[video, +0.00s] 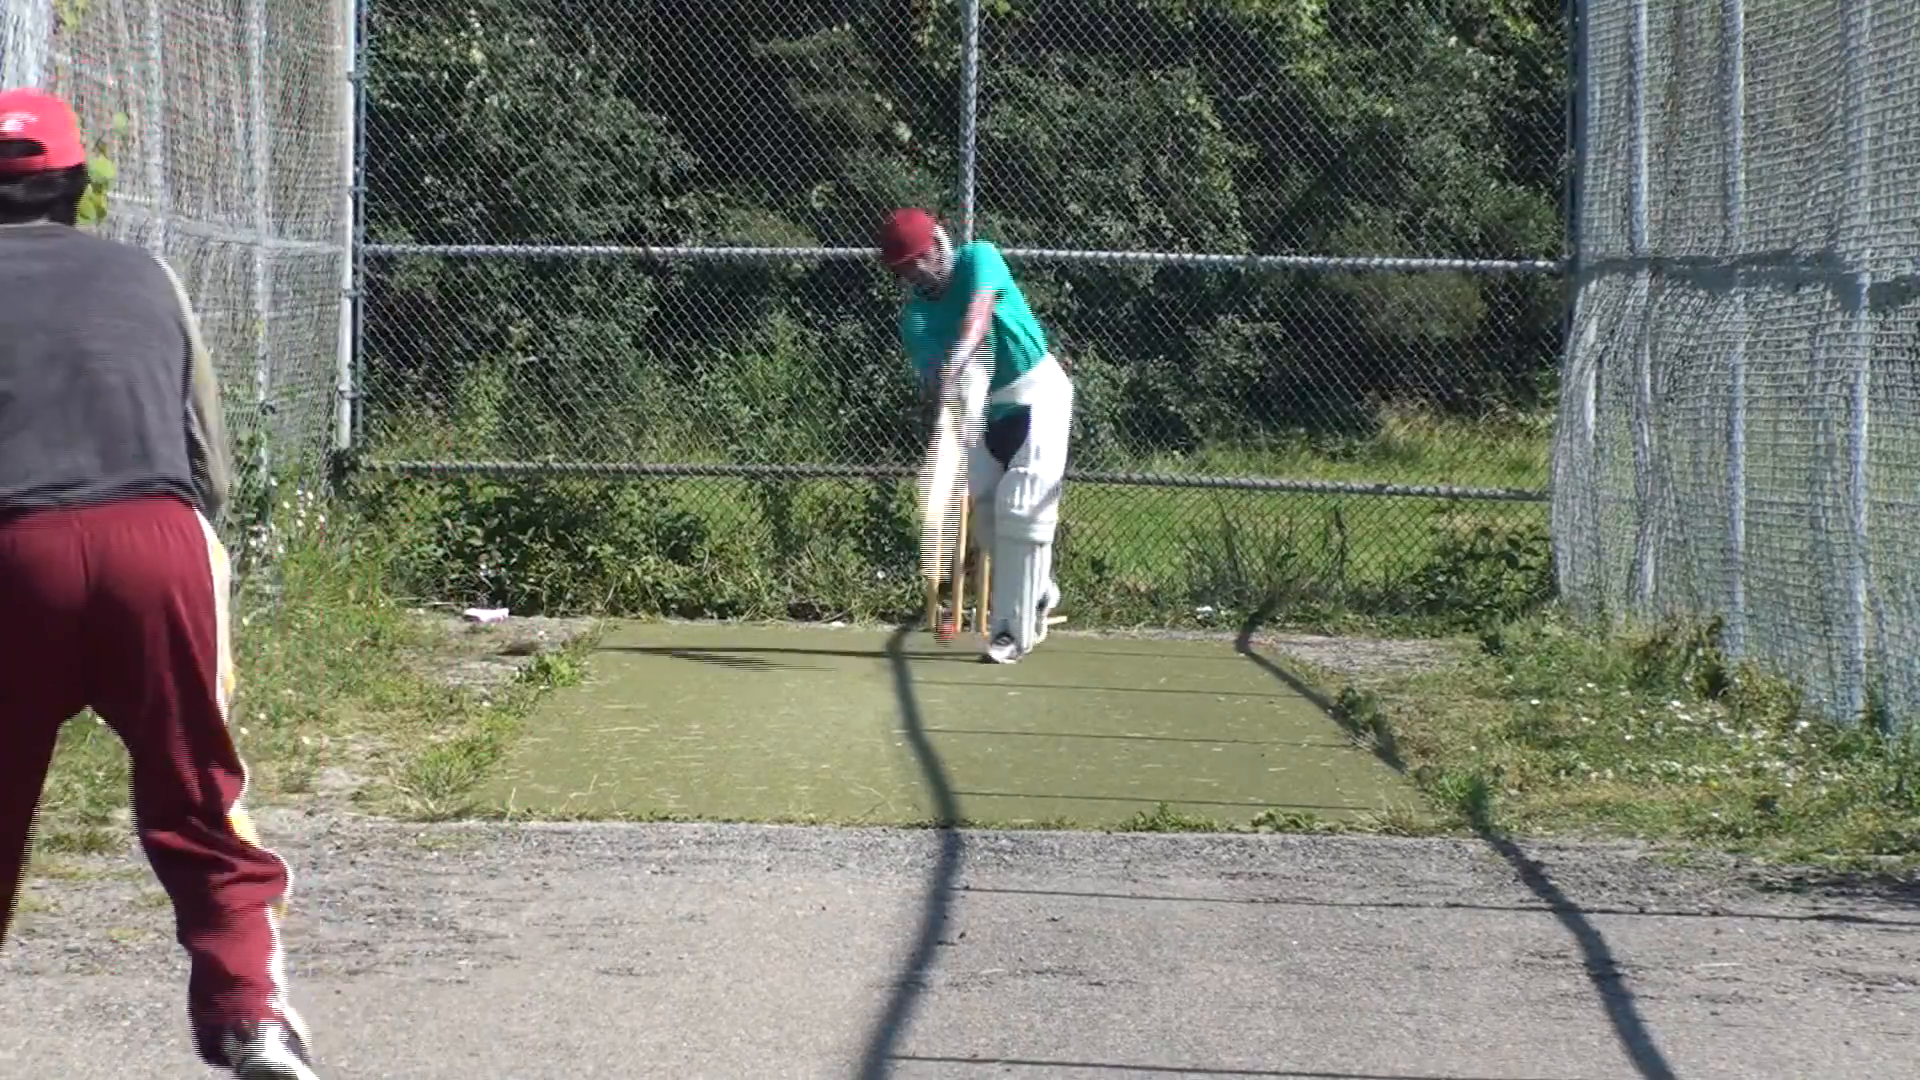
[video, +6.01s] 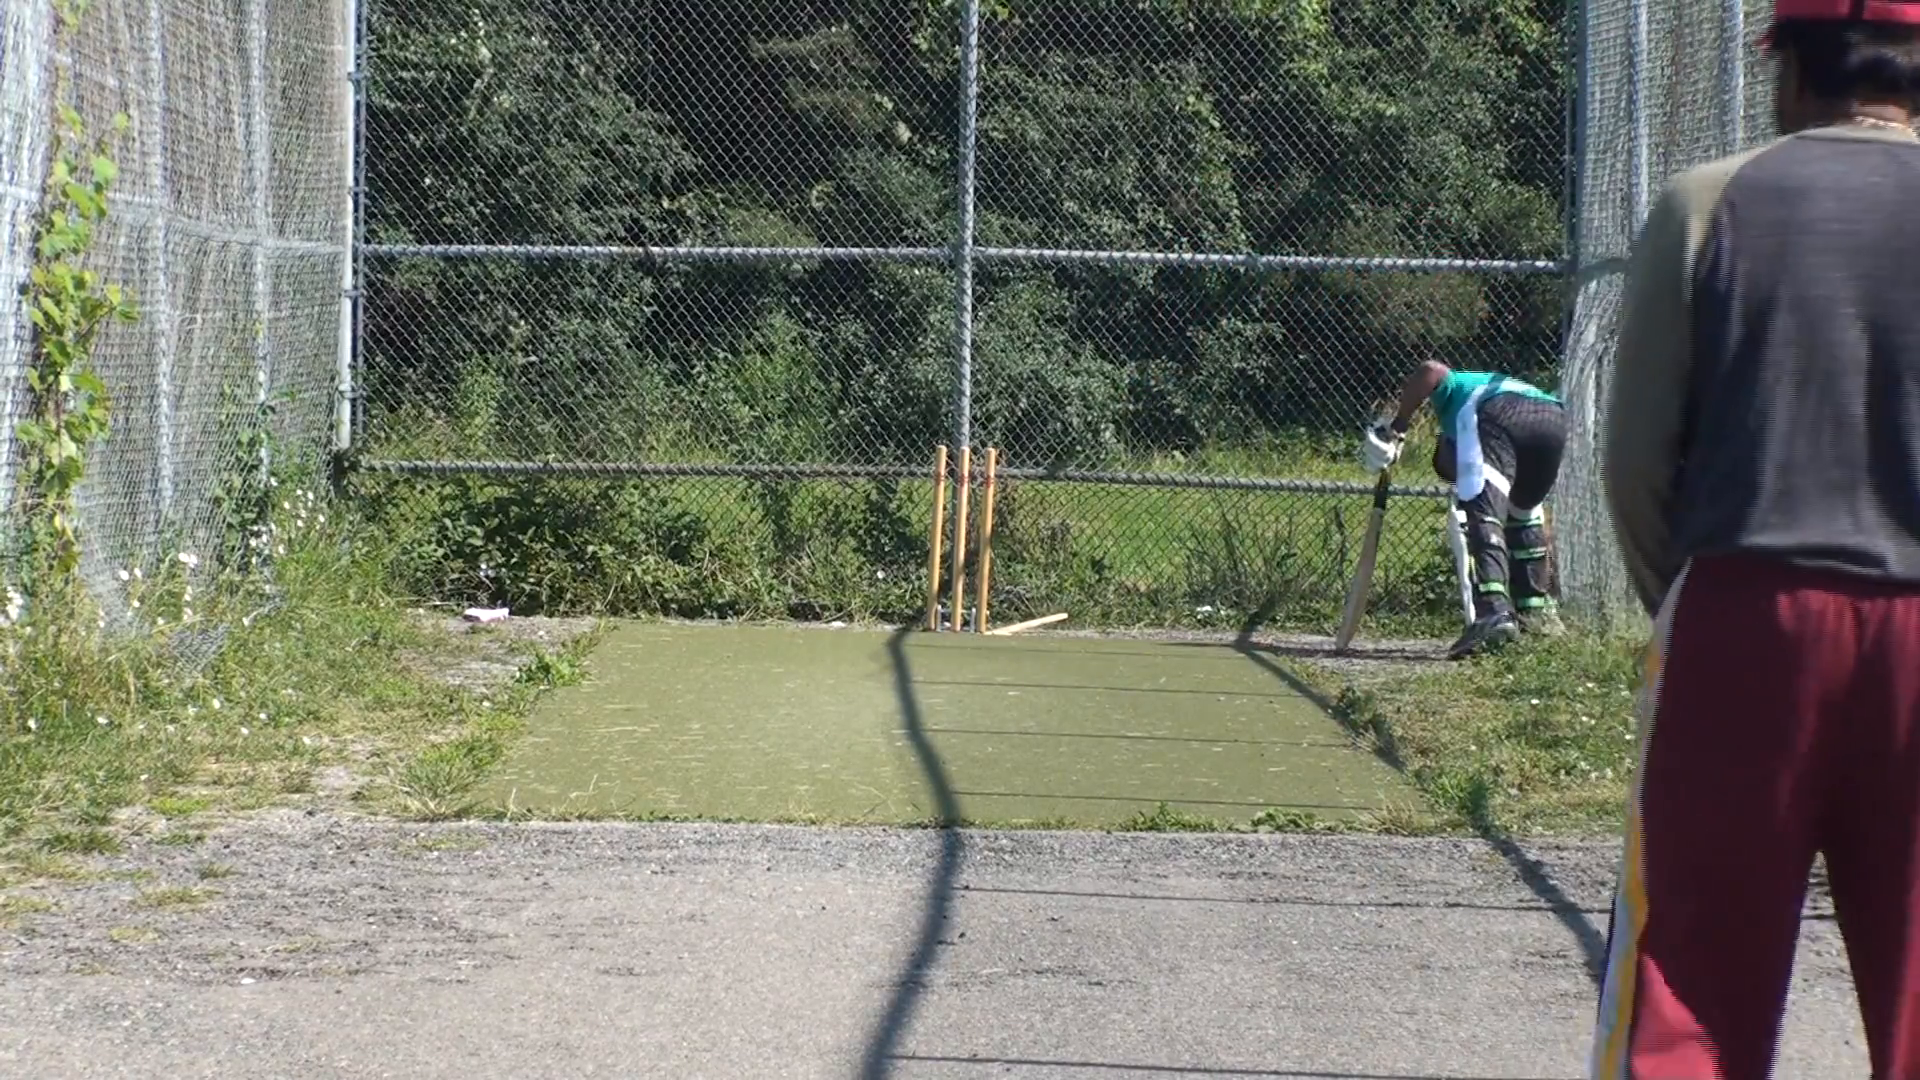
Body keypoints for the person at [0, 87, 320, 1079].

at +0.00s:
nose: (54, 190)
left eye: (27, 177)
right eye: (70, 177)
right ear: (76, 183)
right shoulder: (143, 271)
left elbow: (207, 445)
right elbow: (205, 446)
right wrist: (194, 543)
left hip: (20, 555)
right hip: (157, 545)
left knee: (2, 821)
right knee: (198, 792)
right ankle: (246, 1018)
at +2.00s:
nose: (889, 218)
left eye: (894, 198)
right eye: (874, 194)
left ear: (824, 191)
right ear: (806, 183)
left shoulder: (804, 301)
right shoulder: (716, 264)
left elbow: (826, 470)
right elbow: (709, 433)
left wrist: (907, 591)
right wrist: (874, 376)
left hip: (739, 578)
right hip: (669, 564)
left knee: (726, 803)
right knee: (764, 816)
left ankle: (585, 983)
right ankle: (752, 1063)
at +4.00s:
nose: (1705, 112)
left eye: (1708, 88)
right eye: (1674, 92)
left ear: (1716, 94)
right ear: (1581, 110)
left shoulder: (1737, 246)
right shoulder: (1468, 229)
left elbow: (1785, 474)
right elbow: (1339, 384)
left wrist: (1814, 666)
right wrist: (1353, 467)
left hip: (1658, 652)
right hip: (1477, 645)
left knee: (1695, 917)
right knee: (1465, 953)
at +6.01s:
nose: (1769, 81)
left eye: (1773, 61)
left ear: (1787, 67)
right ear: (1912, 77)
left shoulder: (1706, 201)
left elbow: (1636, 459)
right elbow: (1640, 461)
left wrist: (1698, 615)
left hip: (1749, 634)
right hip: (1910, 646)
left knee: (1697, 995)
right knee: (1913, 1001)